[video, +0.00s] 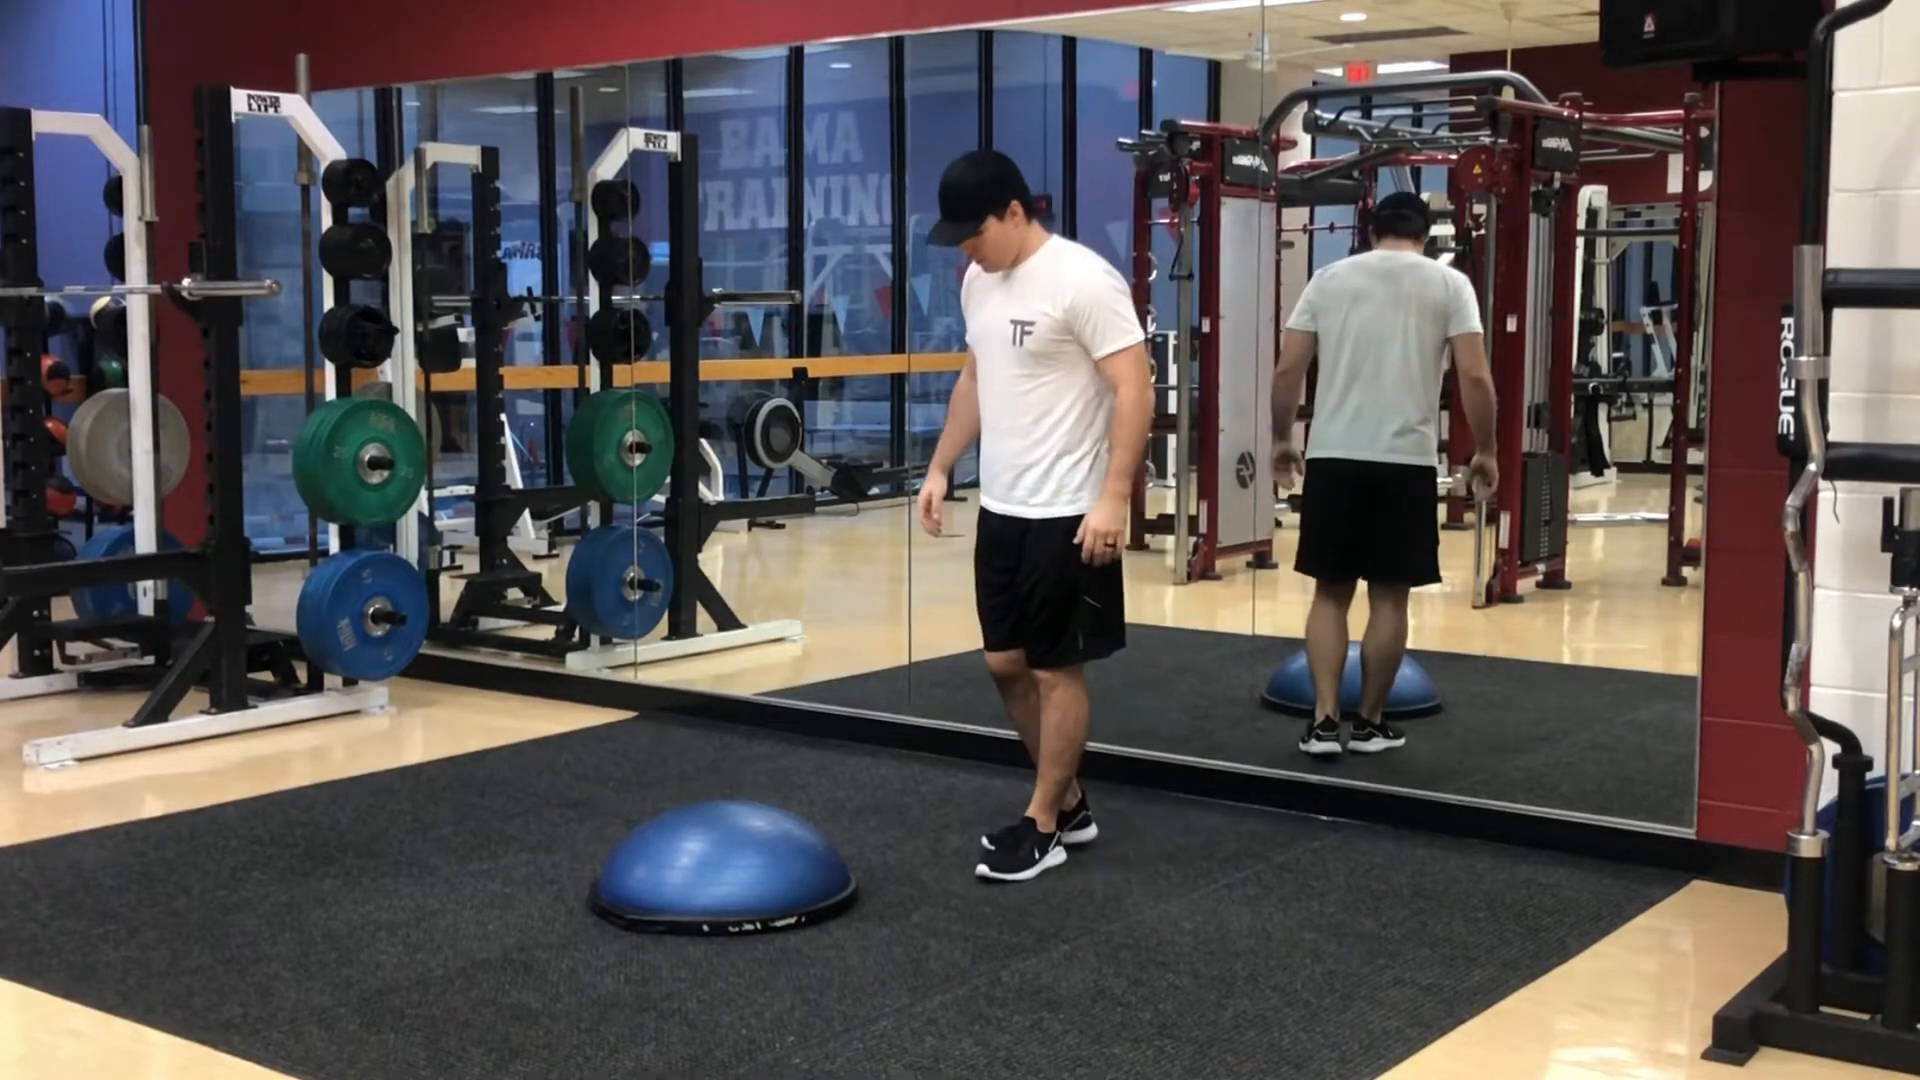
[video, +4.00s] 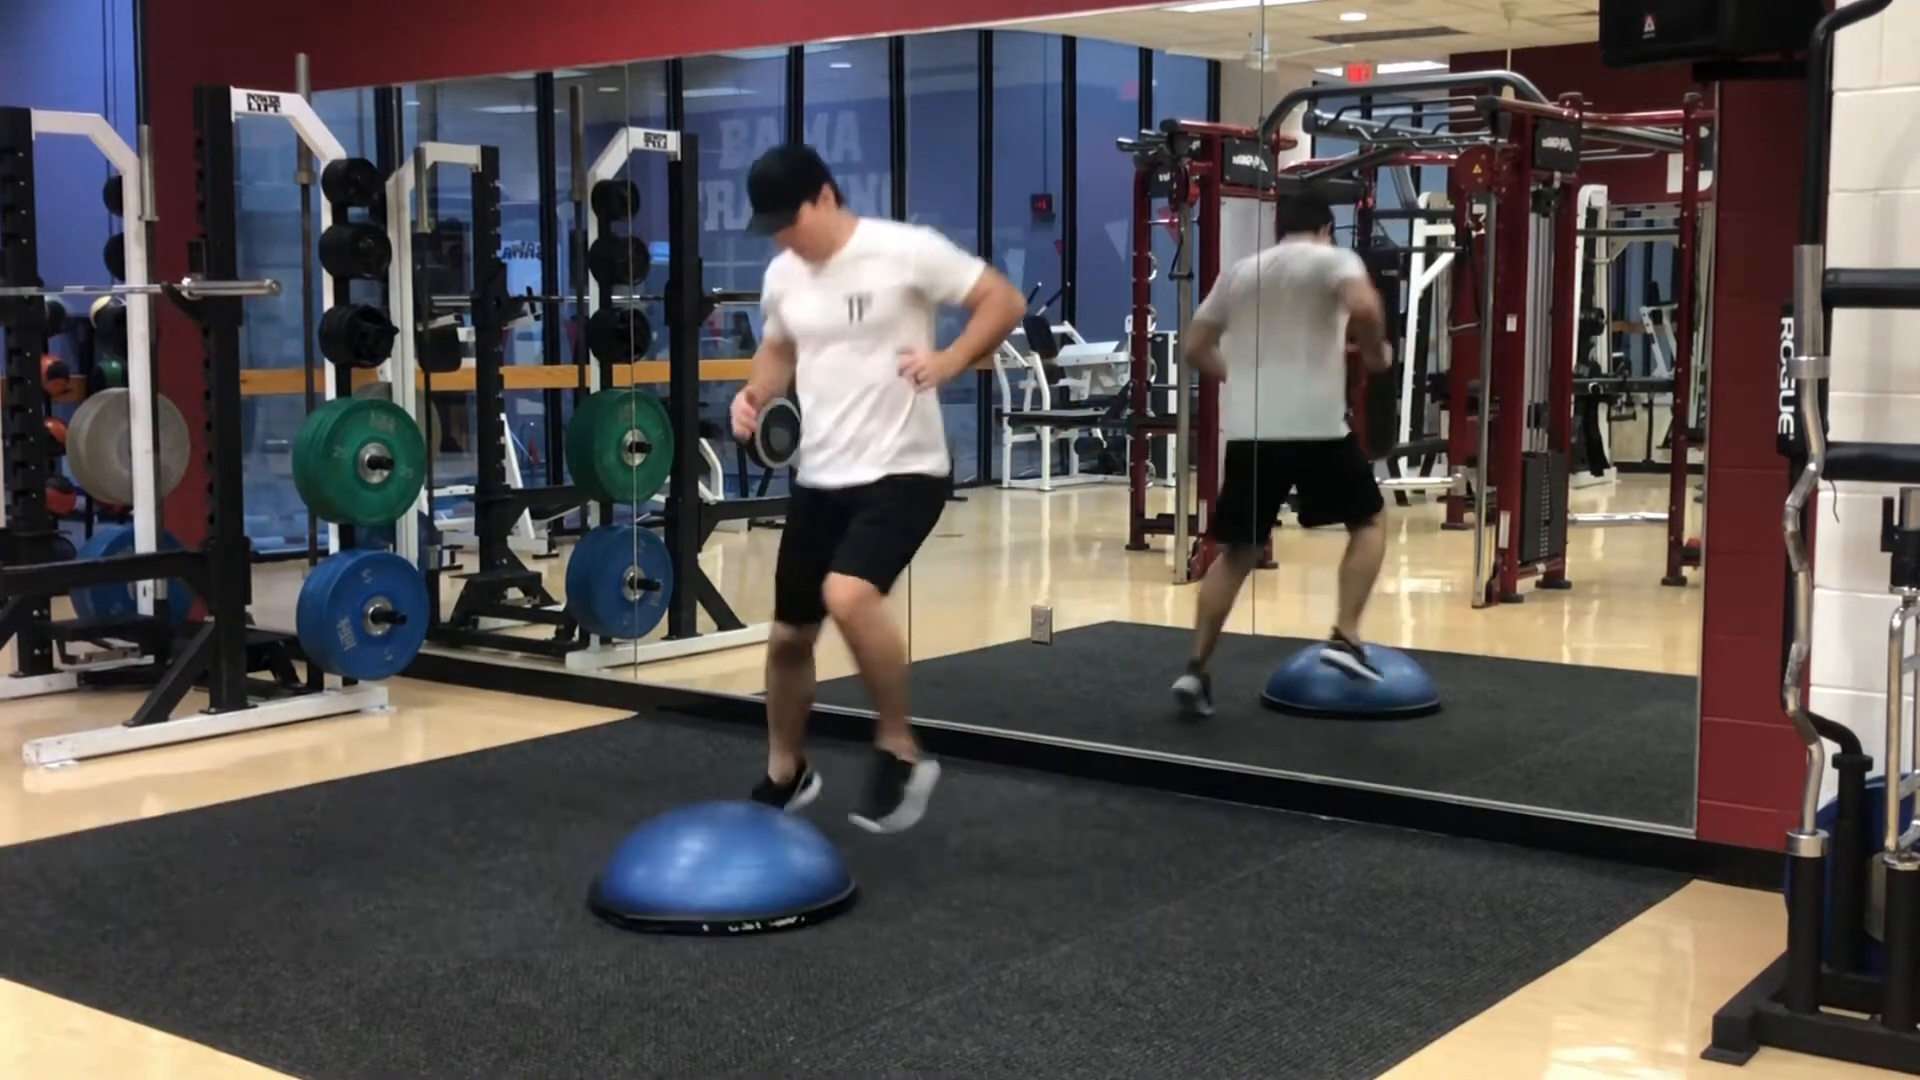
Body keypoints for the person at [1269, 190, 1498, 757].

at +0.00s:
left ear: (1371, 233)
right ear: (1424, 237)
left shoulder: (1329, 278)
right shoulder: (1449, 283)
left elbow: (1287, 370)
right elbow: (1475, 379)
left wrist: (1282, 438)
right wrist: (1485, 450)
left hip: (1333, 463)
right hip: (1406, 469)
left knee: (1331, 591)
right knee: (1390, 598)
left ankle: (1324, 720)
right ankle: (1369, 722)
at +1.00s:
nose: (1425, 250)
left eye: (1421, 244)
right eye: (1427, 243)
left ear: (1372, 231)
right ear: (1421, 239)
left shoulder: (1322, 274)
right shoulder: (1434, 283)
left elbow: (1278, 364)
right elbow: (1453, 381)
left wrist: (1274, 432)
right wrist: (1466, 456)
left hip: (1317, 460)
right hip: (1388, 467)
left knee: (1317, 583)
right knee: (1381, 592)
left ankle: (1310, 712)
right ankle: (1369, 722)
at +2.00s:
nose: (1414, 246)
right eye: (1421, 238)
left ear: (1371, 234)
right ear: (1422, 238)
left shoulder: (1328, 278)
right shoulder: (1447, 280)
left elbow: (1289, 367)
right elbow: (1474, 373)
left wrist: (1286, 436)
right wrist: (1482, 443)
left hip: (1329, 452)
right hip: (1402, 460)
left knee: (1339, 550)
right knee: (1388, 589)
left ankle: (1325, 671)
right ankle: (1370, 718)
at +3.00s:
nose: (1415, 243)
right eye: (1418, 236)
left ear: (1366, 234)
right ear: (1417, 236)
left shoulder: (1324, 280)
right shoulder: (1441, 279)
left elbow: (1288, 371)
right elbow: (1466, 370)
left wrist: (1295, 436)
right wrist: (1473, 443)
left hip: (1325, 447)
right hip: (1398, 457)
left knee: (1343, 533)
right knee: (1386, 588)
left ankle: (1326, 644)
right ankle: (1370, 716)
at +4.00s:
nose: (1332, 238)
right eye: (1332, 231)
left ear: (1279, 228)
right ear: (1324, 229)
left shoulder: (1239, 272)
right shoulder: (1337, 259)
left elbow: (1194, 347)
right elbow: (1364, 307)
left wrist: (1240, 376)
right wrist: (1376, 351)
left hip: (1250, 432)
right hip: (1318, 429)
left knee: (1235, 553)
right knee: (1369, 524)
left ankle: (1195, 670)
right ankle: (1345, 636)